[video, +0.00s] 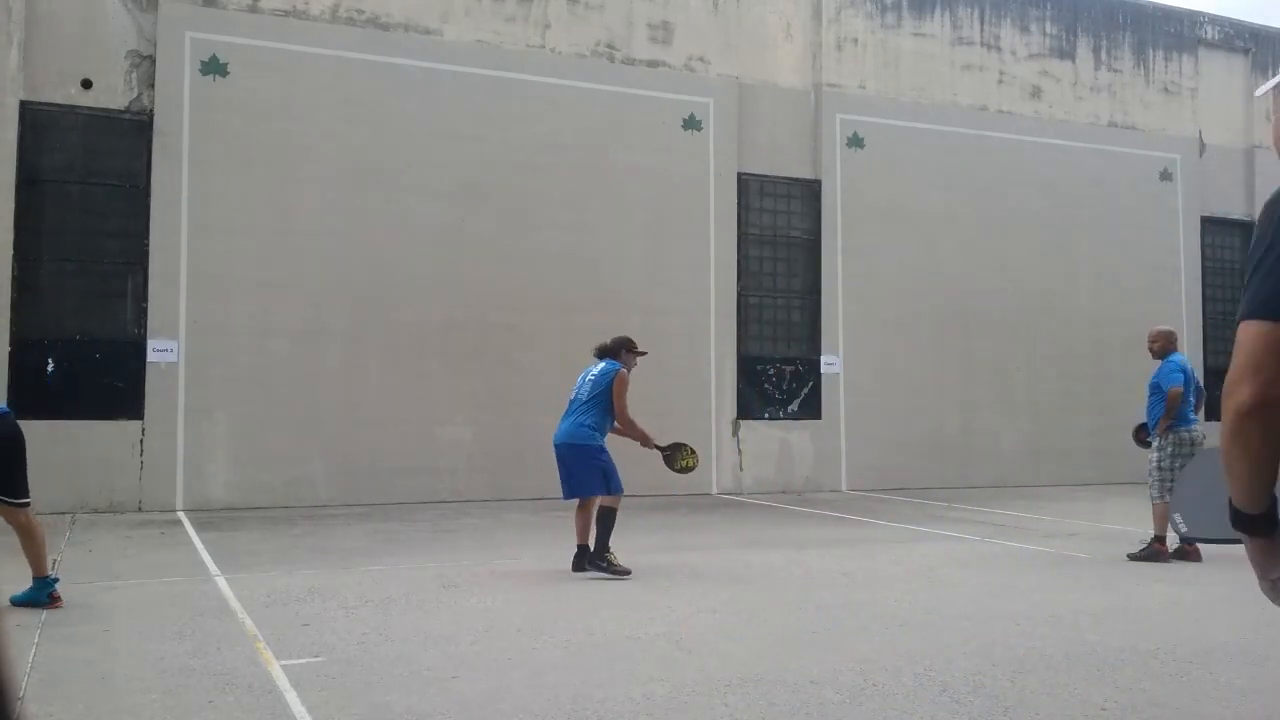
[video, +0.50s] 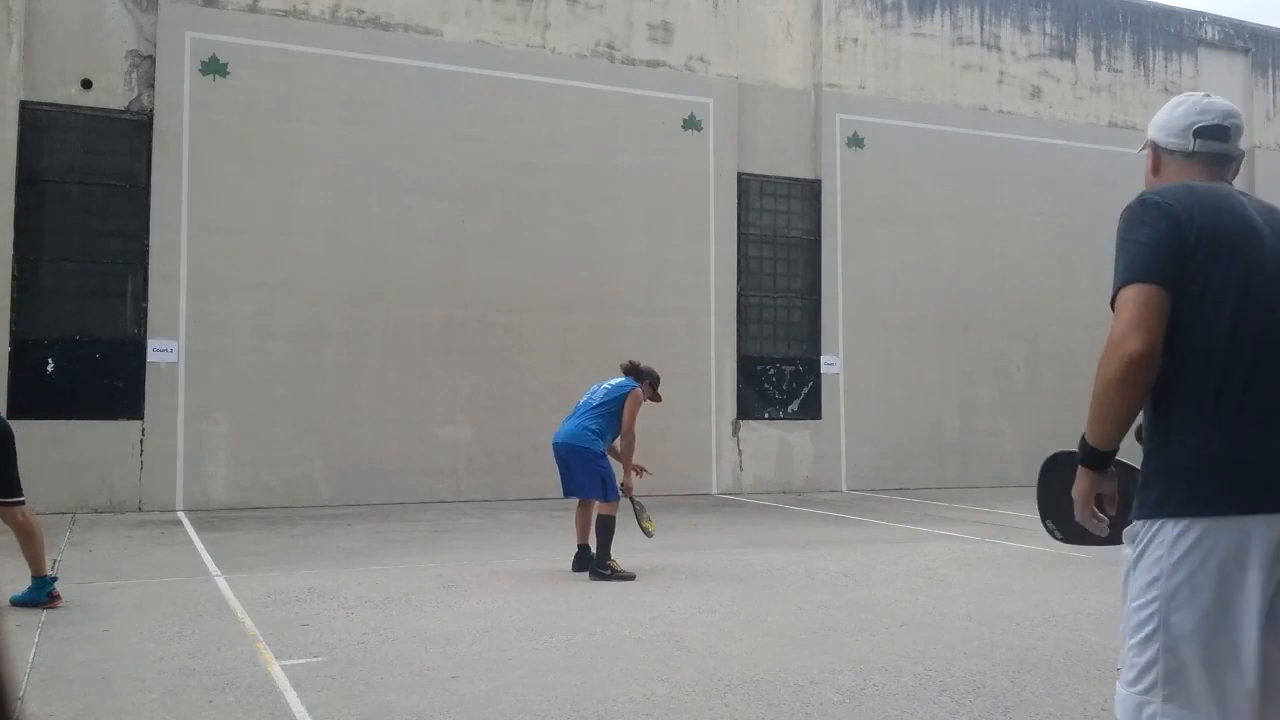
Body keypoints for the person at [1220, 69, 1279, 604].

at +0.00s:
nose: (1271, 132)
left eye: (1272, 118)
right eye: (1272, 118)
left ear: (1276, 128)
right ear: (1274, 132)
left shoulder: (1276, 211)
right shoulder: (1273, 214)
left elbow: (1250, 398)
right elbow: (1250, 399)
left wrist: (1255, 522)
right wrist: (1256, 523)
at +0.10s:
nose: (1245, 138)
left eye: (1248, 121)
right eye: (1246, 121)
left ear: (1266, 123)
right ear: (1275, 125)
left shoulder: (1267, 204)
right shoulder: (1259, 206)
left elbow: (1244, 383)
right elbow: (1245, 382)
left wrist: (1239, 509)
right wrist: (1241, 508)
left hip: (1279, 544)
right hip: (1274, 545)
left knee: (1273, 698)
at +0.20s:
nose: (1219, 148)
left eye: (1221, 132)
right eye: (1221, 133)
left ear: (1236, 133)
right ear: (1272, 137)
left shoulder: (1247, 203)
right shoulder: (1250, 209)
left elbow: (1220, 372)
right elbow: (1231, 368)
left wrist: (1203, 496)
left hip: (1262, 528)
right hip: (1260, 523)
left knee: (1229, 705)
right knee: (1233, 700)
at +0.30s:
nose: (1198, 155)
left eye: (1199, 141)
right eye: (1200, 142)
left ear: (1211, 142)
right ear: (1278, 146)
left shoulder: (1221, 205)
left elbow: (1192, 356)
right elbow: (1265, 347)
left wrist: (1163, 470)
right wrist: (1188, 342)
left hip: (1243, 524)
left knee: (1187, 706)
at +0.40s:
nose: (1170, 164)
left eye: (1172, 151)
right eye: (1173, 152)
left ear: (1183, 150)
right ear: (1262, 156)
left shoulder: (1189, 202)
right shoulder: (1275, 206)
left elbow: (1163, 345)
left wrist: (1135, 456)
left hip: (1225, 511)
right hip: (1271, 507)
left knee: (1168, 702)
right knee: (1259, 697)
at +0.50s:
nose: (1144, 170)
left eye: (1145, 158)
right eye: (1147, 159)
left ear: (1155, 159)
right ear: (1236, 165)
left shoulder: (1158, 210)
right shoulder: (1271, 220)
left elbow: (1135, 347)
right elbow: (1252, 364)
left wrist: (1094, 461)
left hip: (1199, 512)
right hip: (1271, 507)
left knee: (1165, 702)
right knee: (1259, 696)